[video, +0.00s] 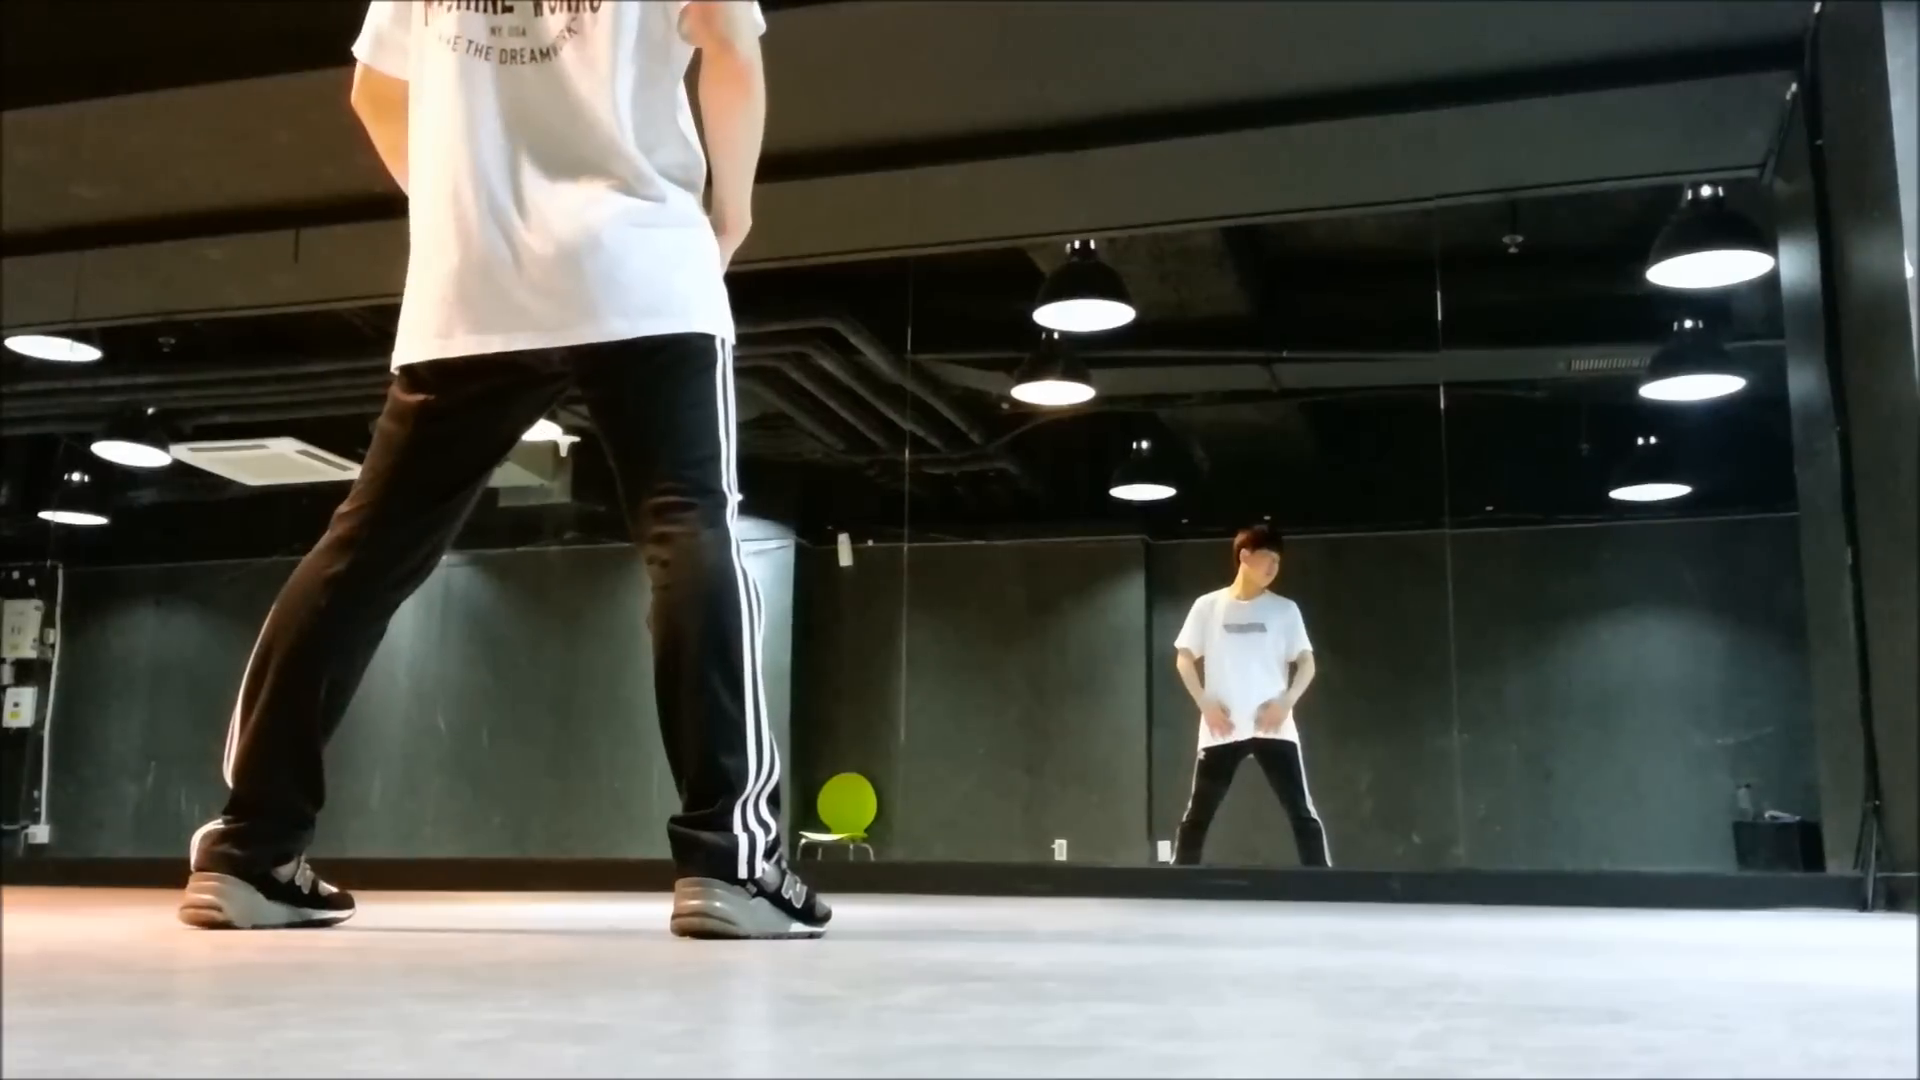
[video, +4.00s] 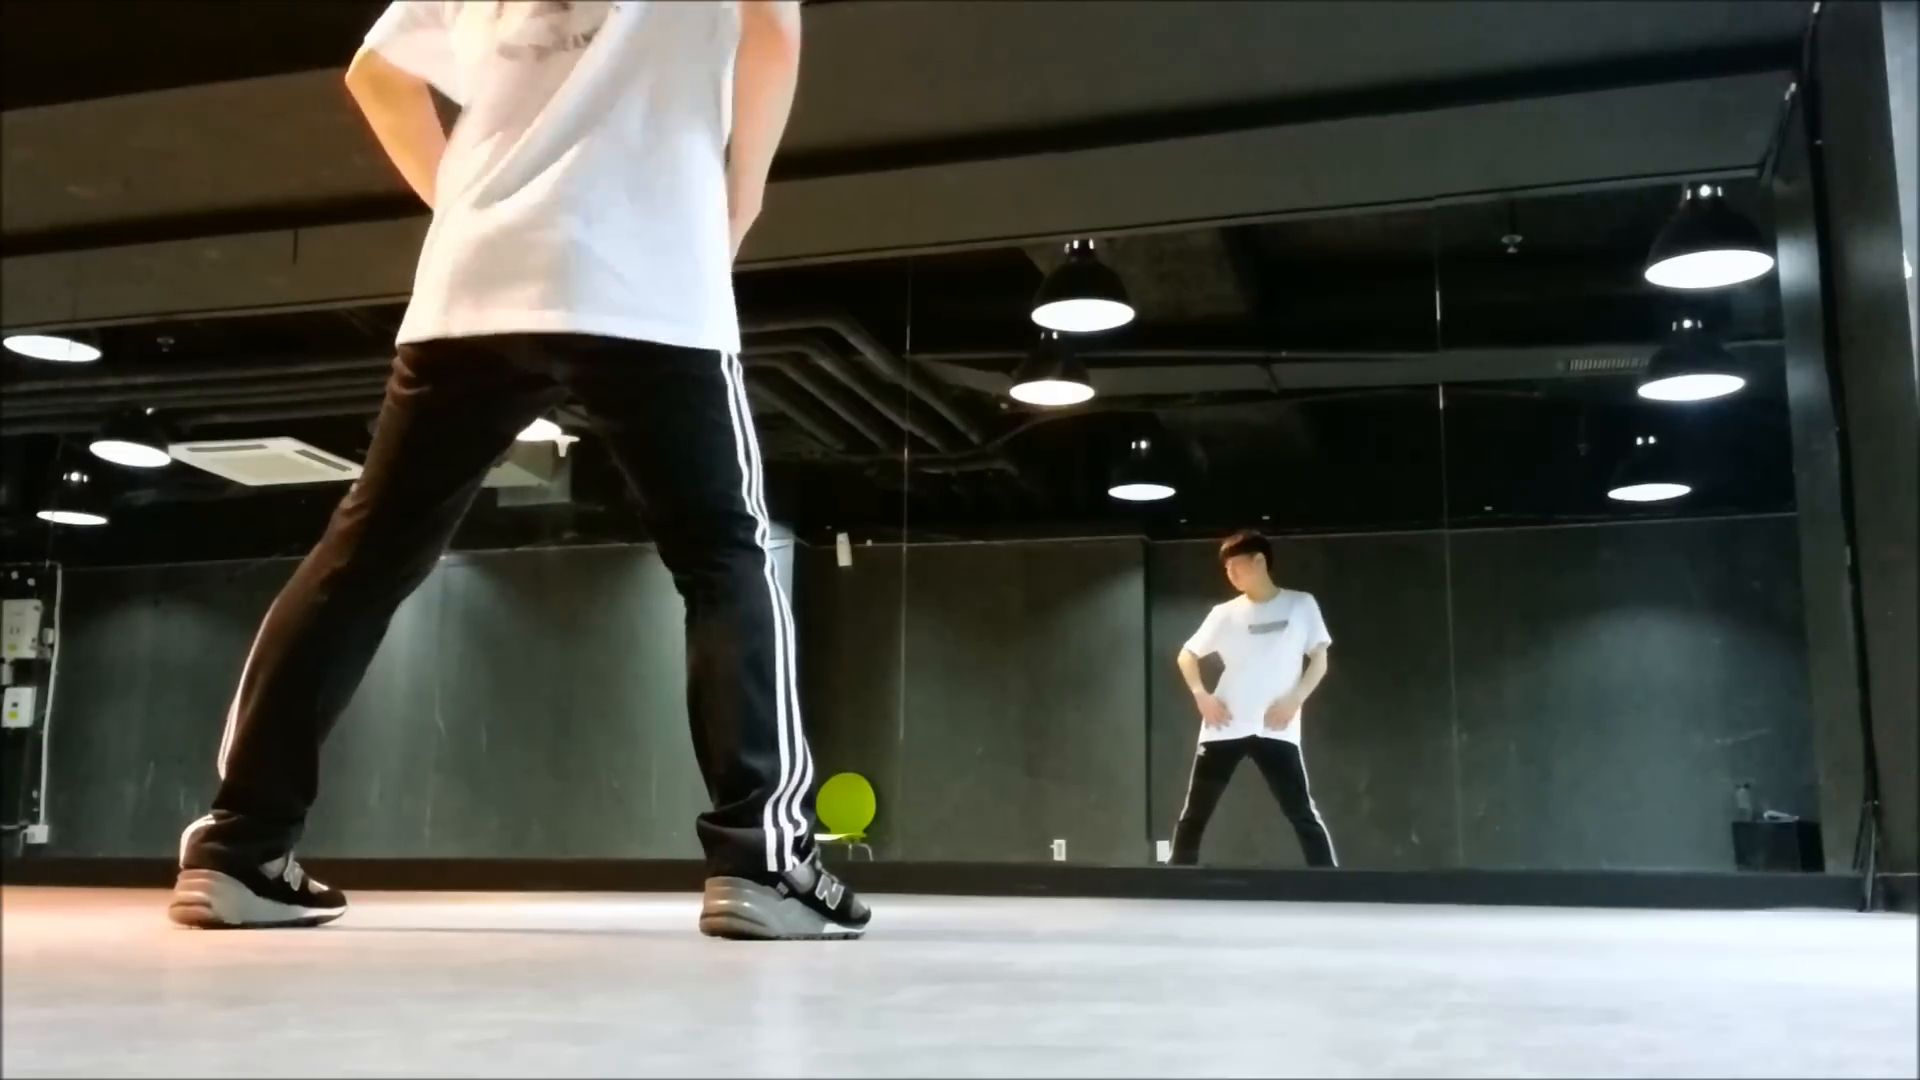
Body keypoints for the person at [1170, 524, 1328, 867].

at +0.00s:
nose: (1272, 566)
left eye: (1276, 559)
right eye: (1265, 557)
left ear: (1279, 563)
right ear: (1243, 557)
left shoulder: (1286, 610)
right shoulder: (1207, 606)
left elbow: (1307, 665)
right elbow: (1184, 659)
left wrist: (1285, 702)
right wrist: (1205, 703)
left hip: (1275, 732)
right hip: (1221, 732)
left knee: (1302, 814)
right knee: (1197, 816)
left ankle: (1323, 890)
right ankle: (1179, 891)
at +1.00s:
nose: (1272, 568)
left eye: (1276, 561)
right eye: (1265, 559)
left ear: (1278, 565)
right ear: (1243, 558)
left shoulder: (1285, 610)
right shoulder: (1206, 607)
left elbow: (1306, 664)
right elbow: (1181, 660)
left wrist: (1284, 703)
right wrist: (1203, 705)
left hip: (1273, 731)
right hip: (1220, 732)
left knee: (1301, 813)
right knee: (1196, 816)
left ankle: (1322, 889)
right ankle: (1179, 891)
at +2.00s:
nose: (1248, 564)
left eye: (1256, 557)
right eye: (1241, 558)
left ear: (1272, 563)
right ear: (1232, 565)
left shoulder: (1298, 609)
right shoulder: (1219, 613)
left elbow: (1309, 665)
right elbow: (1184, 658)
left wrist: (1286, 705)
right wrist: (1204, 703)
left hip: (1275, 731)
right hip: (1222, 731)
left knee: (1304, 816)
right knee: (1195, 817)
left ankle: (1331, 889)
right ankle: (1179, 892)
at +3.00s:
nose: (1247, 559)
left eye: (1255, 553)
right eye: (1240, 553)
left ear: (1268, 563)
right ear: (1229, 562)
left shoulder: (1288, 613)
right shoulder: (1210, 611)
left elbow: (1319, 664)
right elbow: (1179, 660)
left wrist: (1292, 698)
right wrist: (1201, 696)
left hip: (1276, 731)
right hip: (1223, 731)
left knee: (1305, 813)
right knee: (1196, 815)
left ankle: (1331, 889)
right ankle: (1177, 890)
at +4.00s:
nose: (1230, 573)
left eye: (1235, 565)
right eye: (1227, 567)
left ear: (1259, 561)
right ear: (1227, 571)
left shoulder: (1302, 605)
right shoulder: (1224, 614)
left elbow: (1320, 661)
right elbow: (1186, 656)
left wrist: (1292, 701)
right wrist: (1201, 695)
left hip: (1276, 733)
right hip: (1222, 731)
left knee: (1302, 815)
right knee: (1193, 816)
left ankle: (1331, 890)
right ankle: (1176, 891)